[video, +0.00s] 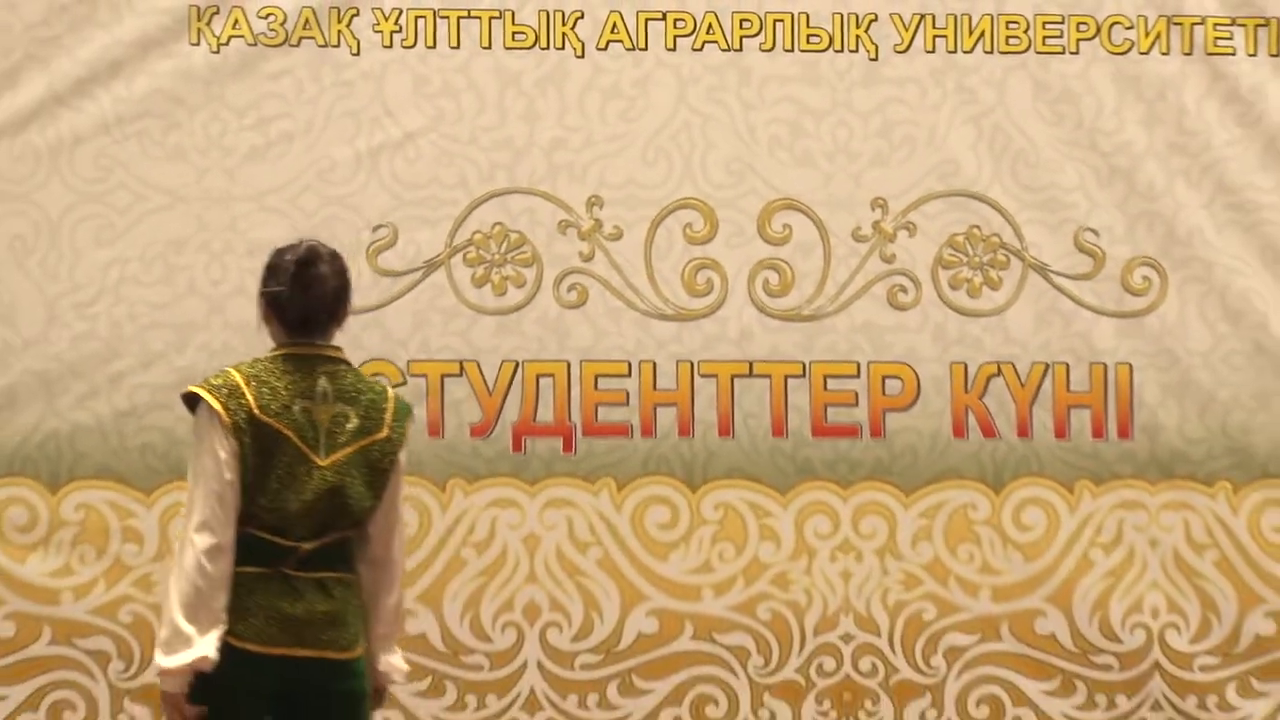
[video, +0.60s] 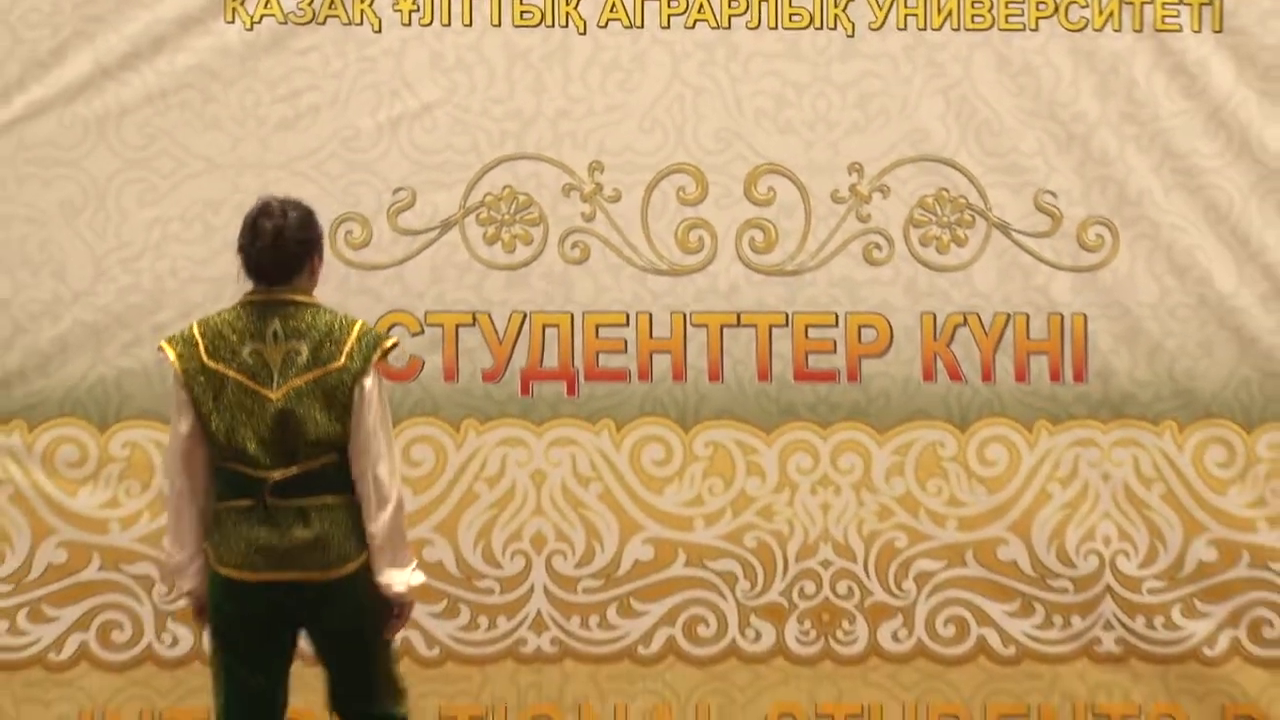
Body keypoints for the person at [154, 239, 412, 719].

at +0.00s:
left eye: (261, 300)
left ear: (266, 310)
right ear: (344, 312)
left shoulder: (229, 398)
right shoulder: (383, 409)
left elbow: (210, 539)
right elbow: (382, 546)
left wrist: (178, 665)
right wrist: (381, 659)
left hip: (242, 660)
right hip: (338, 663)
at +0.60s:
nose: (322, 262)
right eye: (322, 253)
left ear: (245, 261)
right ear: (316, 262)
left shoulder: (197, 347)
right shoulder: (352, 344)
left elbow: (186, 474)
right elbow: (375, 471)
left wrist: (191, 577)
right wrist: (396, 578)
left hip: (242, 580)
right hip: (338, 576)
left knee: (246, 711)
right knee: (371, 707)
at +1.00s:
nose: (383, 240)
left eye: (378, 231)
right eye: (381, 231)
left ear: (313, 239)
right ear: (373, 237)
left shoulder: (274, 323)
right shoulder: (413, 310)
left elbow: (264, 445)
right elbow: (440, 430)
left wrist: (258, 544)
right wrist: (468, 528)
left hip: (327, 539)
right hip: (411, 533)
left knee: (310, 691)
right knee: (422, 694)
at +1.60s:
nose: (375, 205)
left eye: (372, 196)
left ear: (371, 200)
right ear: (434, 200)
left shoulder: (349, 271)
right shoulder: (474, 275)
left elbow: (329, 378)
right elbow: (480, 383)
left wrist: (314, 472)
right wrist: (475, 465)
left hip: (362, 472)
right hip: (443, 478)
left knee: (309, 596)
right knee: (437, 620)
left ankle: (312, 714)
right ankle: (436, 719)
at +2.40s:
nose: (356, 180)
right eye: (365, 172)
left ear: (313, 176)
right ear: (369, 177)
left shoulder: (279, 242)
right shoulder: (396, 245)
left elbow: (259, 342)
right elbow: (408, 345)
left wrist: (243, 424)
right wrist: (412, 427)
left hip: (300, 428)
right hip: (372, 429)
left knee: (302, 554)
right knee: (371, 553)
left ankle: (309, 681)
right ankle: (366, 679)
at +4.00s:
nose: (378, 198)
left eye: (363, 189)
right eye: (390, 190)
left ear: (355, 192)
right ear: (402, 195)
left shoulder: (326, 246)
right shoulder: (426, 253)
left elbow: (311, 326)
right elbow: (430, 336)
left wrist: (299, 395)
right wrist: (430, 400)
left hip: (336, 404)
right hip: (398, 406)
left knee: (327, 517)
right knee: (403, 517)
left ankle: (322, 623)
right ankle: (412, 622)